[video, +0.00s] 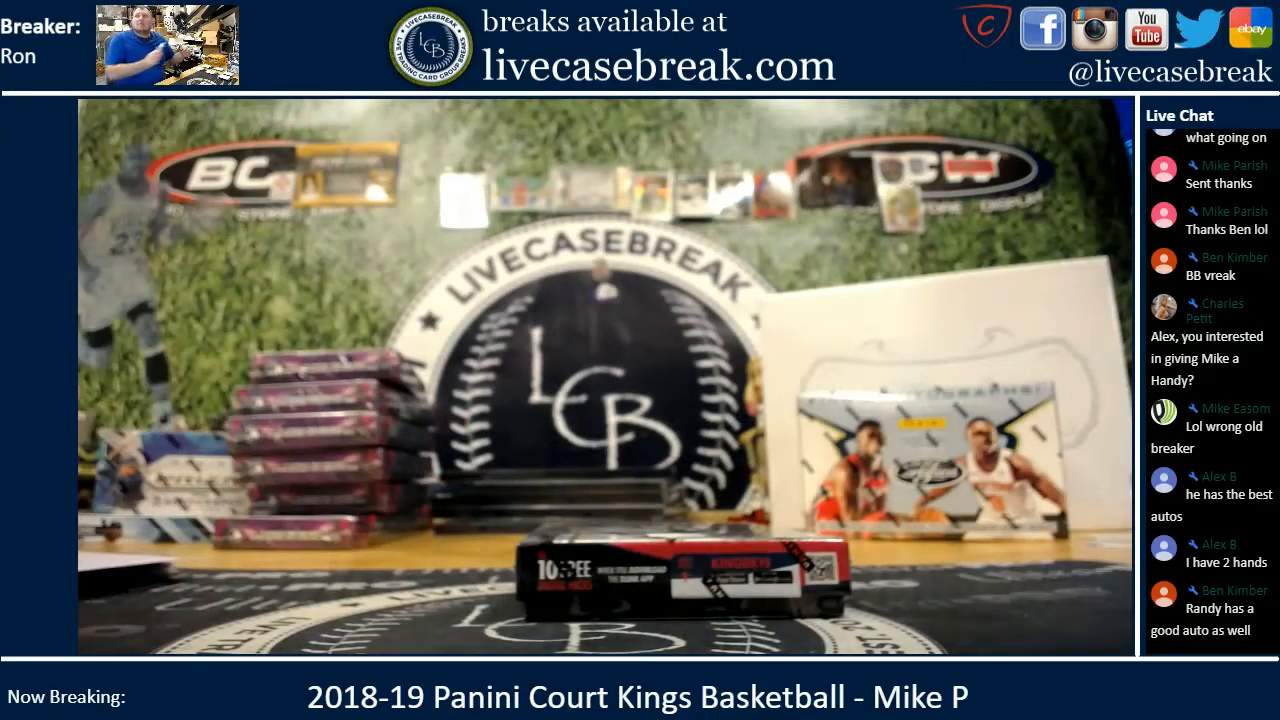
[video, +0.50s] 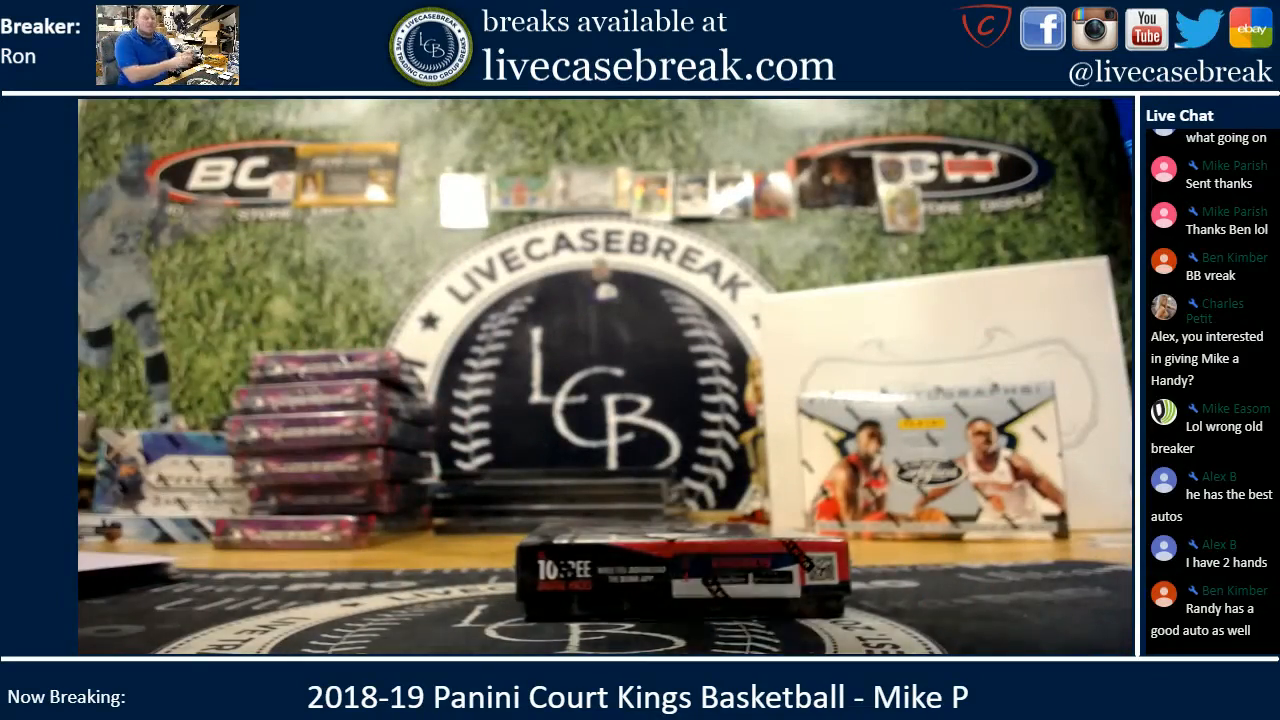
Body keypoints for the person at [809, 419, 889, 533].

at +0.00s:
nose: (877, 441)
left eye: (880, 437)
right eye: (872, 436)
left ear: (883, 441)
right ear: (859, 440)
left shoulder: (880, 474)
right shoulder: (845, 470)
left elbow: (880, 511)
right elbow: (849, 518)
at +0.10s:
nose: (877, 441)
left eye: (880, 437)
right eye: (872, 436)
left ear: (883, 441)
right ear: (859, 440)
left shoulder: (880, 473)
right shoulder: (846, 470)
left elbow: (880, 510)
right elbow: (849, 517)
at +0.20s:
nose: (877, 441)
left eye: (880, 437)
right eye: (872, 436)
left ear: (883, 440)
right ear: (859, 440)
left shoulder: (880, 473)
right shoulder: (846, 470)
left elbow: (879, 510)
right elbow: (849, 517)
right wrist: (884, 516)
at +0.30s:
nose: (877, 441)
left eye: (880, 437)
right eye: (872, 436)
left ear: (883, 441)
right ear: (859, 439)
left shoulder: (880, 474)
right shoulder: (846, 470)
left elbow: (879, 511)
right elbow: (849, 517)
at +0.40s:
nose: (877, 441)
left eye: (880, 437)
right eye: (872, 436)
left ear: (883, 441)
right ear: (859, 439)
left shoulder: (880, 474)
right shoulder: (846, 470)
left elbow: (879, 511)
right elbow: (849, 517)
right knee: (883, 519)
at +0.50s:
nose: (877, 441)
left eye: (880, 437)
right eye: (872, 436)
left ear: (883, 441)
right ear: (859, 439)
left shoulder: (879, 474)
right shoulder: (846, 470)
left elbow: (879, 512)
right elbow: (849, 518)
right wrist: (885, 517)